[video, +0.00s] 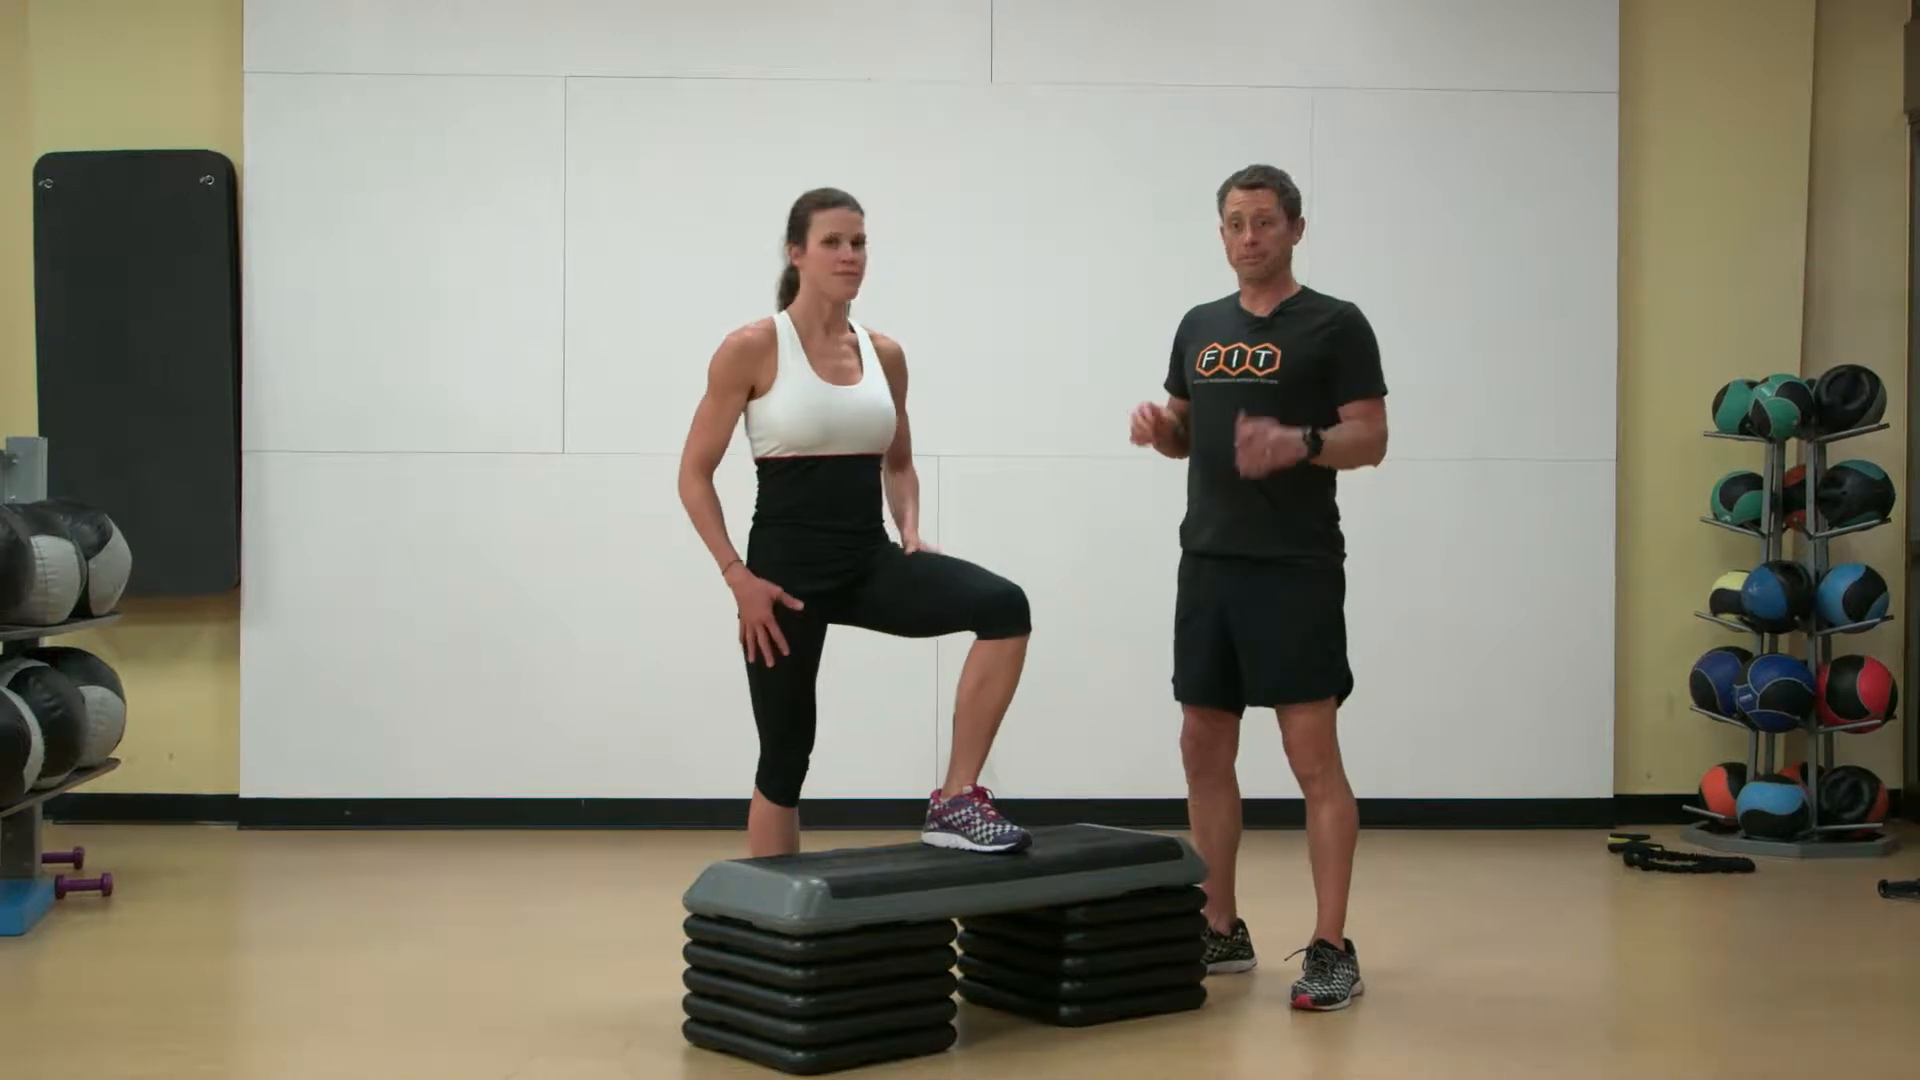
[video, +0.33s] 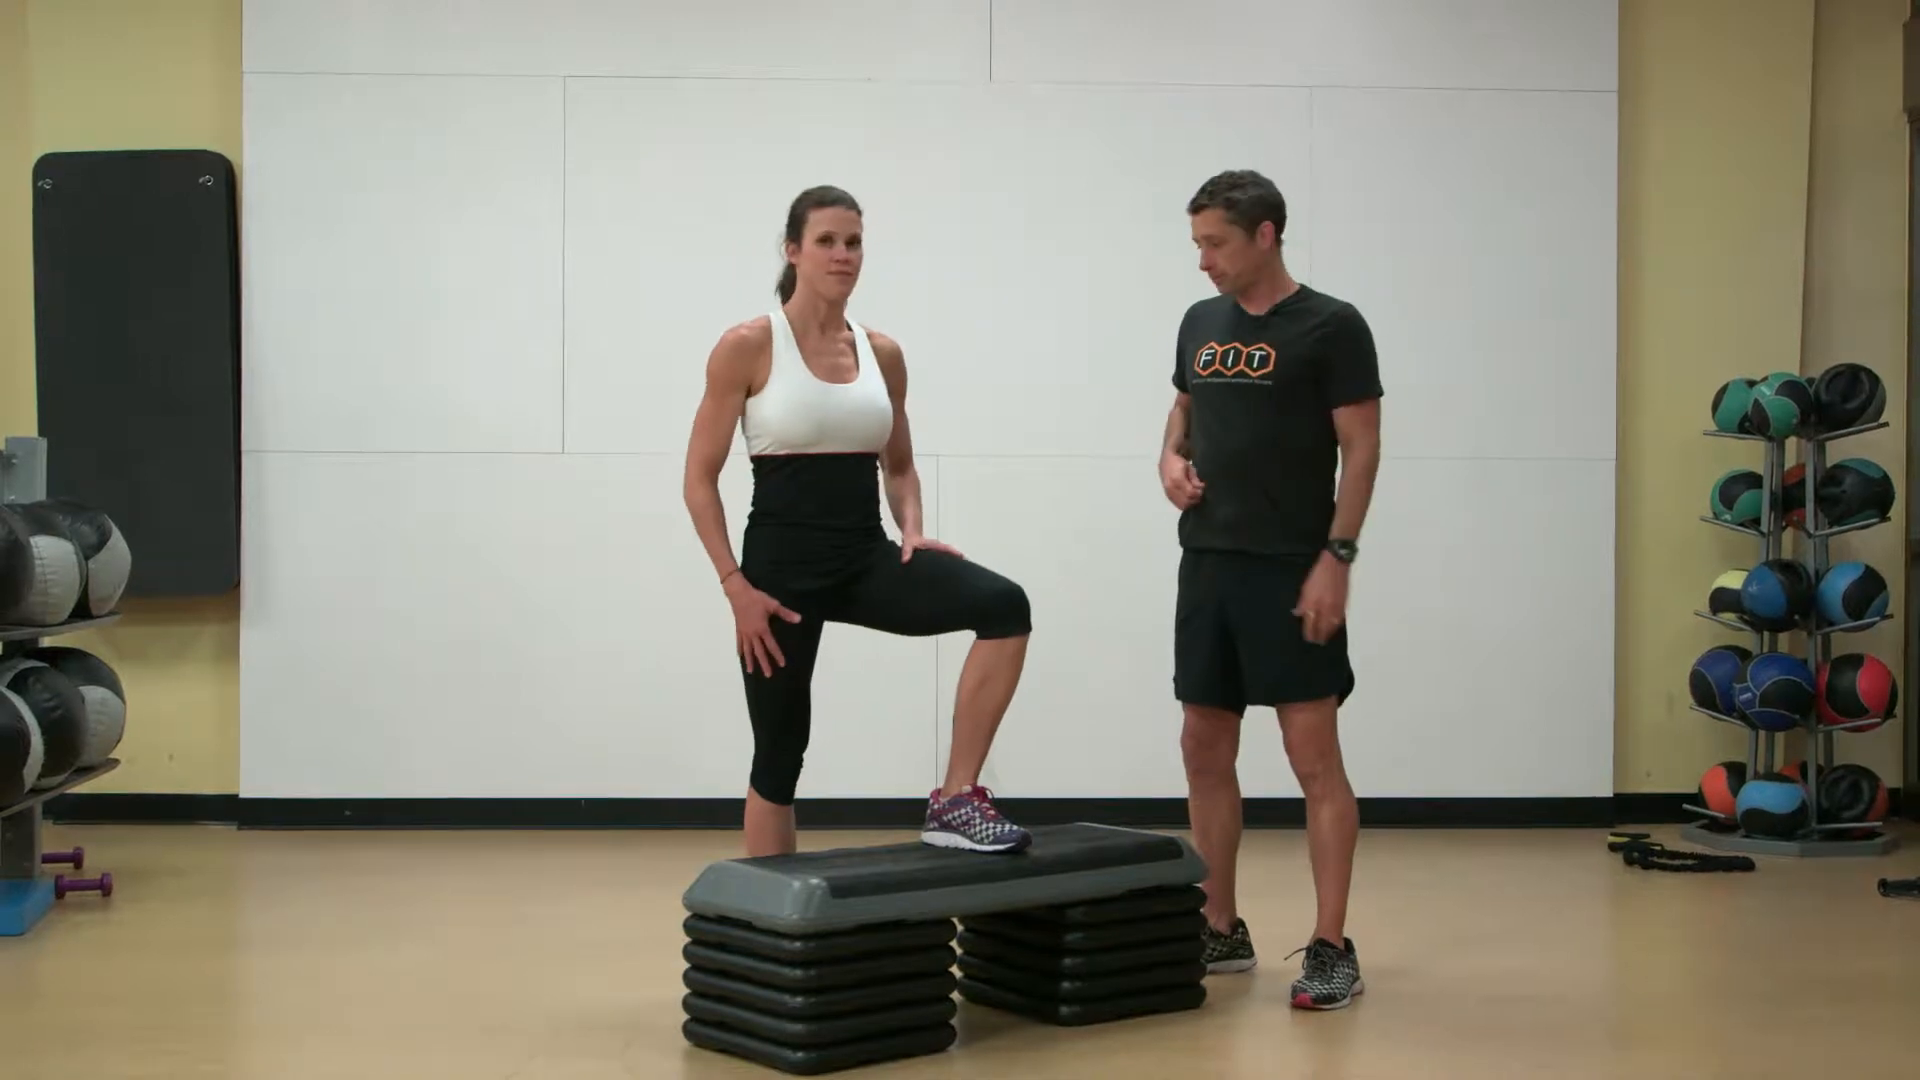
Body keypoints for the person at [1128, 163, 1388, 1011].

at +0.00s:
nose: (1247, 234)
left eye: (1262, 220)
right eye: (1234, 222)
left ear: (1295, 230)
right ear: (1221, 236)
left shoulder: (1336, 325)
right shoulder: (1197, 328)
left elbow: (1370, 440)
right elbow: (1187, 440)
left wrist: (1301, 442)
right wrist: (1162, 432)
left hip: (1296, 570)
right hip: (1208, 566)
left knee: (1312, 756)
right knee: (1204, 749)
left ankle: (1330, 943)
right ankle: (1219, 927)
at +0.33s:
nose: (1203, 259)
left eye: (1215, 245)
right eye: (1198, 246)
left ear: (1267, 236)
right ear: (1206, 246)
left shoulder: (1333, 327)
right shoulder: (1202, 321)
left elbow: (1361, 450)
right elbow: (1186, 404)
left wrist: (1337, 557)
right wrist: (1171, 454)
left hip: (1293, 569)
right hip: (1207, 566)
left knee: (1314, 757)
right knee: (1204, 747)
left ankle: (1329, 943)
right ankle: (1219, 928)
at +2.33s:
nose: (1209, 271)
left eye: (1223, 253)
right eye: (1194, 260)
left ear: (1260, 256)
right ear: (1183, 272)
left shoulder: (1330, 339)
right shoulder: (1175, 361)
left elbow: (1383, 445)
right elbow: (1109, 447)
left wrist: (1402, 556)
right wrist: (1046, 524)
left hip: (1333, 573)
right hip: (1239, 574)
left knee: (1331, 765)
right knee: (1200, 746)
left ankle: (1325, 945)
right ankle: (1215, 930)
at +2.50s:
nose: (1189, 292)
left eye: (1201, 275)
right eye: (1179, 279)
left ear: (1249, 265)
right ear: (1177, 281)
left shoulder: (1331, 341)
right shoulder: (1176, 368)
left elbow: (1387, 447)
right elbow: (1111, 459)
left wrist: (1402, 558)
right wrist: (1052, 533)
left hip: (1335, 575)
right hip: (1242, 576)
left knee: (1332, 767)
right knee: (1201, 749)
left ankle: (1326, 946)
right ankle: (1215, 931)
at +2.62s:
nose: (1184, 298)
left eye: (1195, 281)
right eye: (1175, 285)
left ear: (1245, 270)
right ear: (1175, 286)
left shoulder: (1330, 343)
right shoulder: (1177, 372)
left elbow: (1386, 447)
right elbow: (1112, 467)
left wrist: (1391, 557)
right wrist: (1053, 544)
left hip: (1338, 575)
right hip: (1245, 577)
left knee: (1335, 767)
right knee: (1203, 749)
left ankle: (1327, 947)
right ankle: (1216, 931)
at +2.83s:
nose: (1181, 290)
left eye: (1195, 274)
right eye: (1173, 277)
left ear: (1245, 268)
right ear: (1174, 279)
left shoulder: (1330, 343)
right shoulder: (1175, 371)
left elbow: (1386, 449)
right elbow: (1128, 469)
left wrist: (1375, 557)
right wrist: (1084, 530)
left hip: (1336, 576)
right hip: (1245, 579)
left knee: (1335, 770)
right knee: (1203, 751)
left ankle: (1327, 949)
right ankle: (1216, 934)